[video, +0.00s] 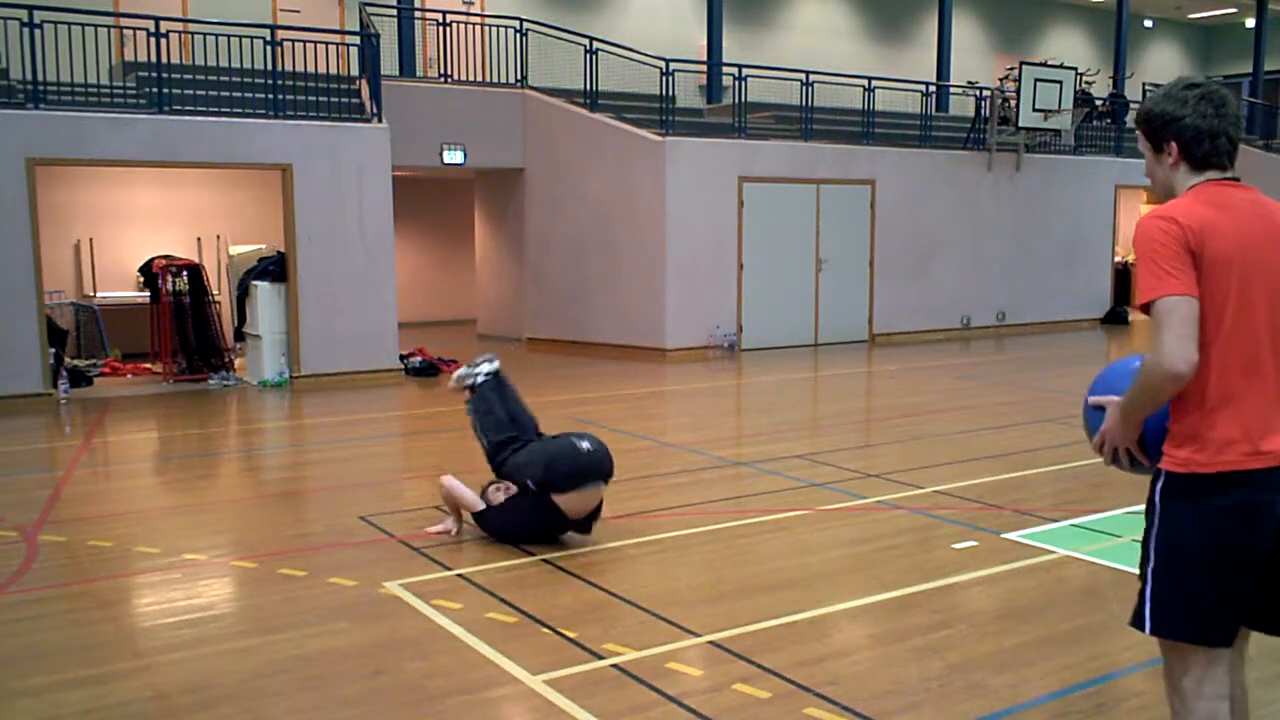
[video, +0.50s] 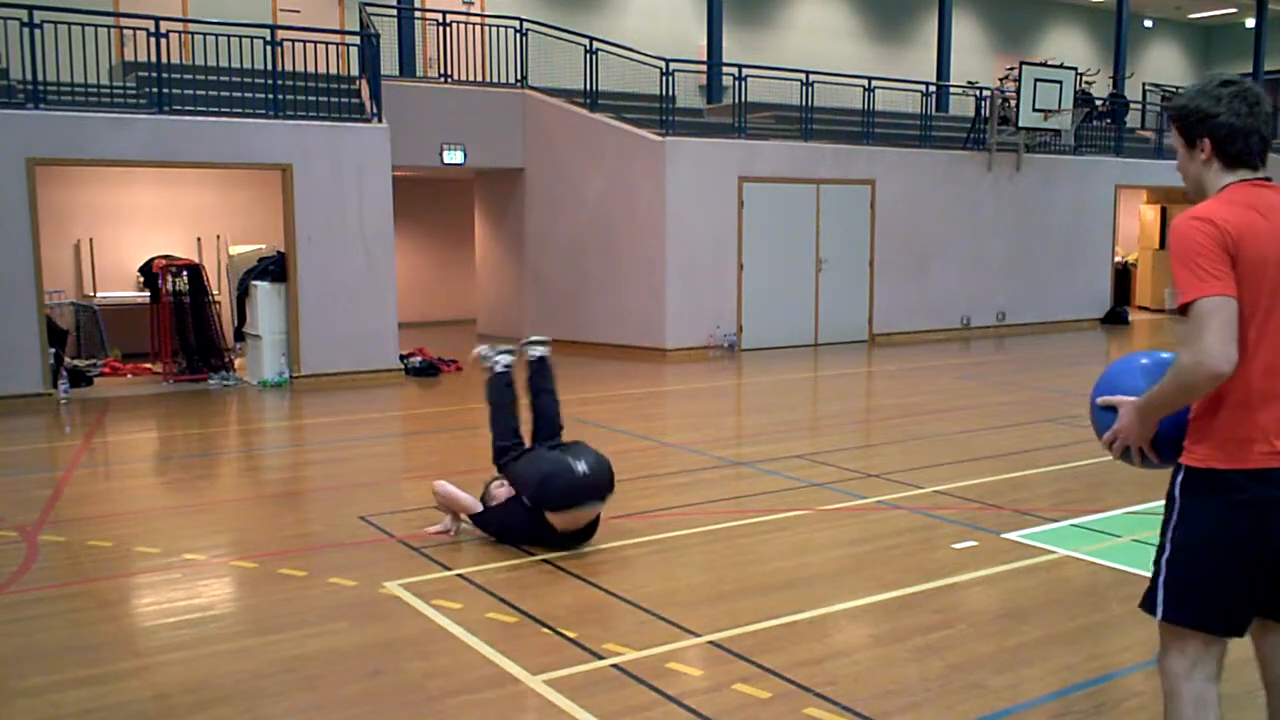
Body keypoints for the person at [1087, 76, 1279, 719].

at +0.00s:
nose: (1146, 170)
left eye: (1146, 154)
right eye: (1145, 155)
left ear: (1169, 150)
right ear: (1223, 147)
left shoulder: (1169, 221)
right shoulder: (1270, 213)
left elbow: (1175, 359)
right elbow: (1256, 343)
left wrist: (1126, 416)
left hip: (1208, 477)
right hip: (1269, 470)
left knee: (1196, 669)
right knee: (1229, 656)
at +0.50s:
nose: (1177, 167)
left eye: (1177, 151)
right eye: (1175, 152)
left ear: (1205, 148)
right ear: (1256, 148)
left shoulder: (1206, 223)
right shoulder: (1276, 206)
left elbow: (1214, 356)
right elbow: (1249, 350)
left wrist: (1145, 411)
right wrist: (1179, 405)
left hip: (1233, 469)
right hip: (1277, 465)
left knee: (1190, 656)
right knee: (1274, 633)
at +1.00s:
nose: (1160, 190)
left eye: (1162, 175)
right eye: (1158, 176)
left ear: (1190, 169)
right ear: (1227, 163)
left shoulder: (1205, 233)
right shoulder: (1273, 212)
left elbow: (1230, 360)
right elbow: (1259, 347)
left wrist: (1171, 428)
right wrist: (1196, 409)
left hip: (1250, 464)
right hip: (1279, 458)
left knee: (1191, 639)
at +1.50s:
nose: (1068, 223)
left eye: (1067, 209)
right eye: (1066, 209)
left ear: (1089, 207)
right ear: (1139, 200)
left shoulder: (1101, 270)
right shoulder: (1203, 245)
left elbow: (1111, 402)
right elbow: (1232, 369)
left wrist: (1099, 500)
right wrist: (1175, 471)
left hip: (1208, 463)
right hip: (1274, 447)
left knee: (1184, 646)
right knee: (1268, 625)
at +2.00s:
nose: (1072, 175)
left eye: (1073, 161)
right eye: (1072, 161)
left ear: (1092, 164)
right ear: (1143, 160)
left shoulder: (1096, 236)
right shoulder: (1198, 226)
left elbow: (1045, 361)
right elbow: (1148, 343)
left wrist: (980, 373)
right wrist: (1054, 343)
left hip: (1166, 457)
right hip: (1243, 448)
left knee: (1156, 634)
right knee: (1230, 616)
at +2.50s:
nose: (1136, 156)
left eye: (1138, 143)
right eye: (1136, 143)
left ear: (1160, 149)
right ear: (1212, 150)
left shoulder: (1159, 226)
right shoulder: (1262, 224)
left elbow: (1162, 359)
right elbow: (1266, 338)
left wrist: (1124, 470)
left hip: (1189, 463)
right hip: (1264, 457)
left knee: (1158, 636)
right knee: (1246, 615)